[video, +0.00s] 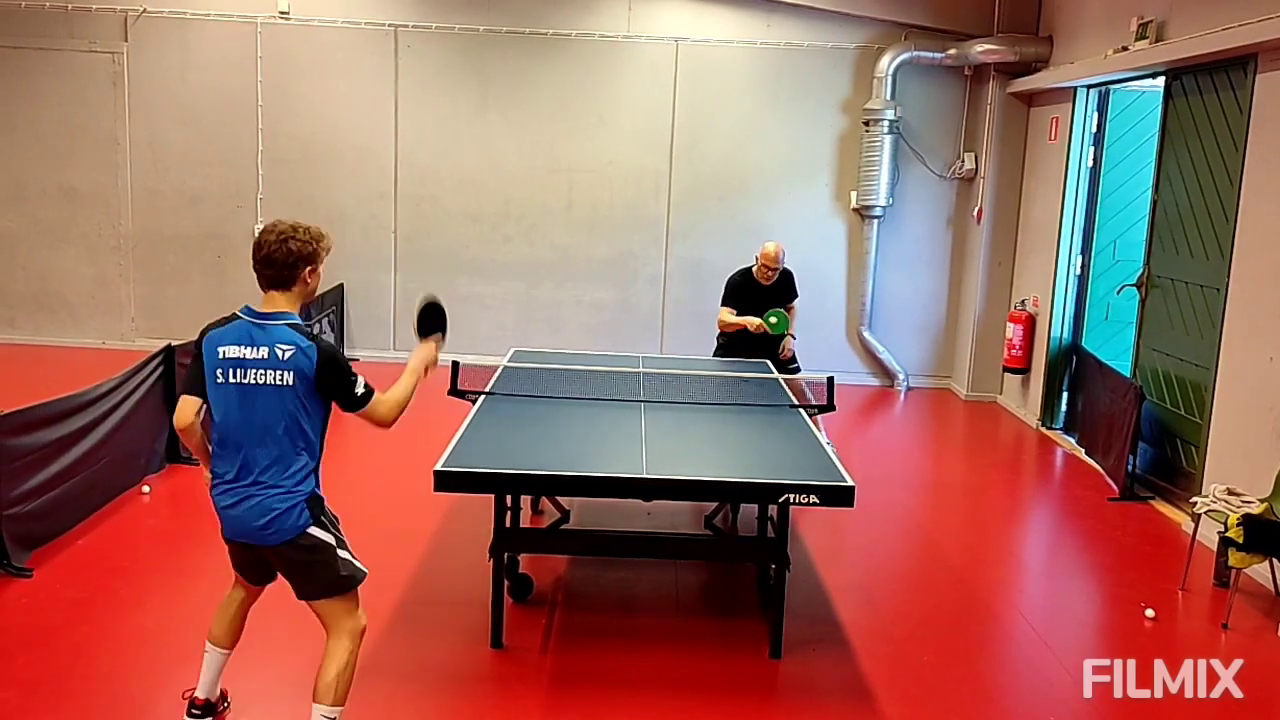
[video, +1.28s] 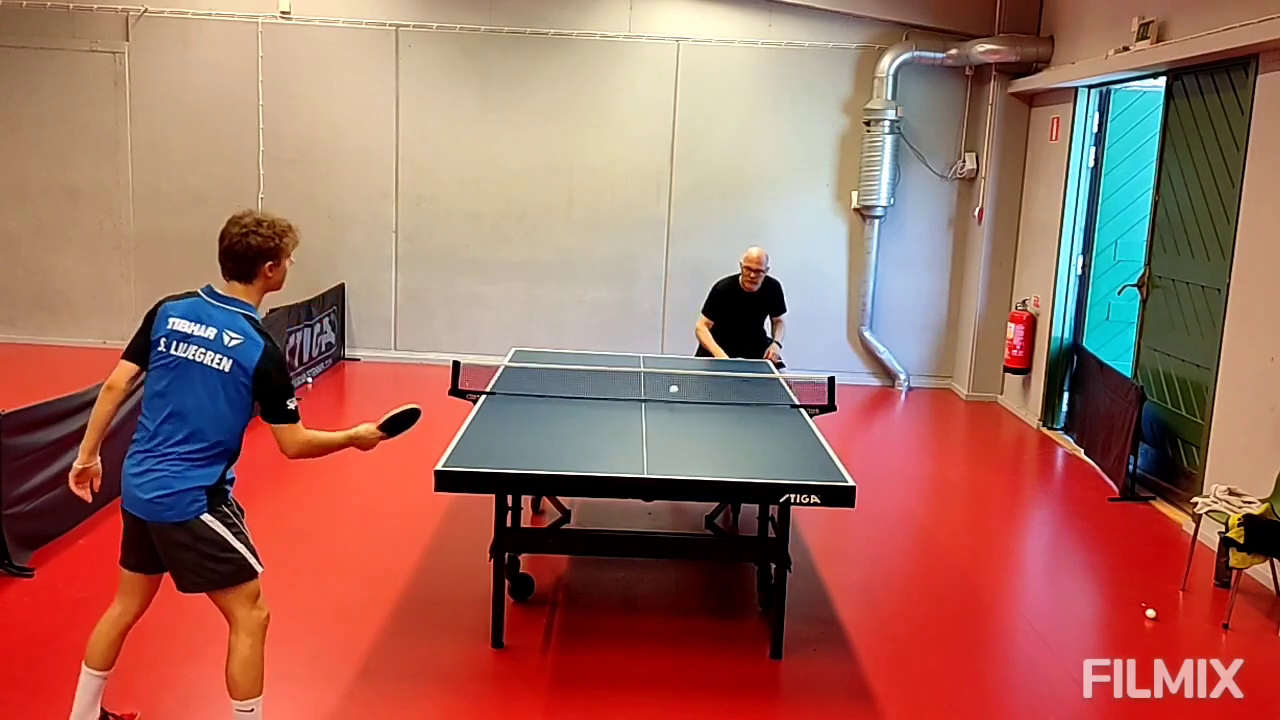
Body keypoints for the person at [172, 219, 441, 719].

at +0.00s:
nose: (321, 277)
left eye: (320, 267)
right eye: (319, 269)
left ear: (261, 273)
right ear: (306, 277)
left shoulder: (215, 337)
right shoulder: (314, 352)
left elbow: (184, 419)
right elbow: (386, 412)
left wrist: (211, 461)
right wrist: (420, 359)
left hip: (233, 511)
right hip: (291, 515)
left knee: (245, 585)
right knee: (346, 626)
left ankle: (203, 698)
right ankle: (323, 719)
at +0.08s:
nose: (317, 270)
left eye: (316, 260)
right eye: (315, 261)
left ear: (259, 264)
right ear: (304, 269)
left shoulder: (210, 329)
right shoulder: (313, 346)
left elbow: (179, 408)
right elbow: (351, 437)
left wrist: (206, 446)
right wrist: (399, 423)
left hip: (225, 502)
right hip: (286, 507)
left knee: (230, 576)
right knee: (336, 621)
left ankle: (198, 690)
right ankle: (321, 719)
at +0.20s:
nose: (313, 270)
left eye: (313, 260)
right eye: (312, 261)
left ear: (254, 263)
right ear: (299, 268)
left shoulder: (203, 323)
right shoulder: (301, 346)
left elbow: (169, 401)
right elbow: (298, 447)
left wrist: (208, 434)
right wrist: (351, 472)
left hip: (210, 498)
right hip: (269, 507)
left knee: (208, 584)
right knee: (323, 623)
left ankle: (161, 693)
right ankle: (315, 718)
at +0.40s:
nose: (303, 302)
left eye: (305, 292)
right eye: (304, 292)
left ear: (250, 281)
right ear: (287, 290)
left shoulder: (200, 322)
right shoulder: (247, 353)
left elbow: (149, 390)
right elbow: (222, 451)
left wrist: (194, 435)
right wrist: (292, 496)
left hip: (162, 495)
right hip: (199, 507)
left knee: (198, 589)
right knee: (266, 622)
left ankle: (145, 699)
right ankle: (287, 717)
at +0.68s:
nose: (319, 314)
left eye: (322, 304)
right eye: (319, 303)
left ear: (269, 290)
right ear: (295, 298)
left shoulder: (212, 320)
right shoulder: (252, 356)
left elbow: (153, 380)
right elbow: (264, 460)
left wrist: (200, 431)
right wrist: (342, 490)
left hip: (136, 484)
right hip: (163, 497)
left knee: (176, 593)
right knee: (218, 623)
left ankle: (144, 698)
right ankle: (237, 717)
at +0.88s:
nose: (339, 320)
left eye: (341, 311)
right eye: (337, 310)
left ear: (291, 301)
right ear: (310, 310)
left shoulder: (212, 323)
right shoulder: (286, 380)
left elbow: (139, 378)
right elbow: (318, 460)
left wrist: (135, 447)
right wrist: (390, 461)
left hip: (129, 491)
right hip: (175, 504)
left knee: (161, 592)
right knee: (249, 618)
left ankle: (143, 700)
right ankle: (249, 718)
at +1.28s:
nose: (288, 269)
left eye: (288, 260)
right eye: (286, 261)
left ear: (228, 260)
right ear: (268, 270)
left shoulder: (168, 311)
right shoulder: (261, 348)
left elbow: (117, 385)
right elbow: (293, 443)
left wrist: (87, 452)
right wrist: (351, 438)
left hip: (139, 487)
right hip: (192, 500)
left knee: (125, 605)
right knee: (250, 616)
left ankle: (83, 713)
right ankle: (247, 718)